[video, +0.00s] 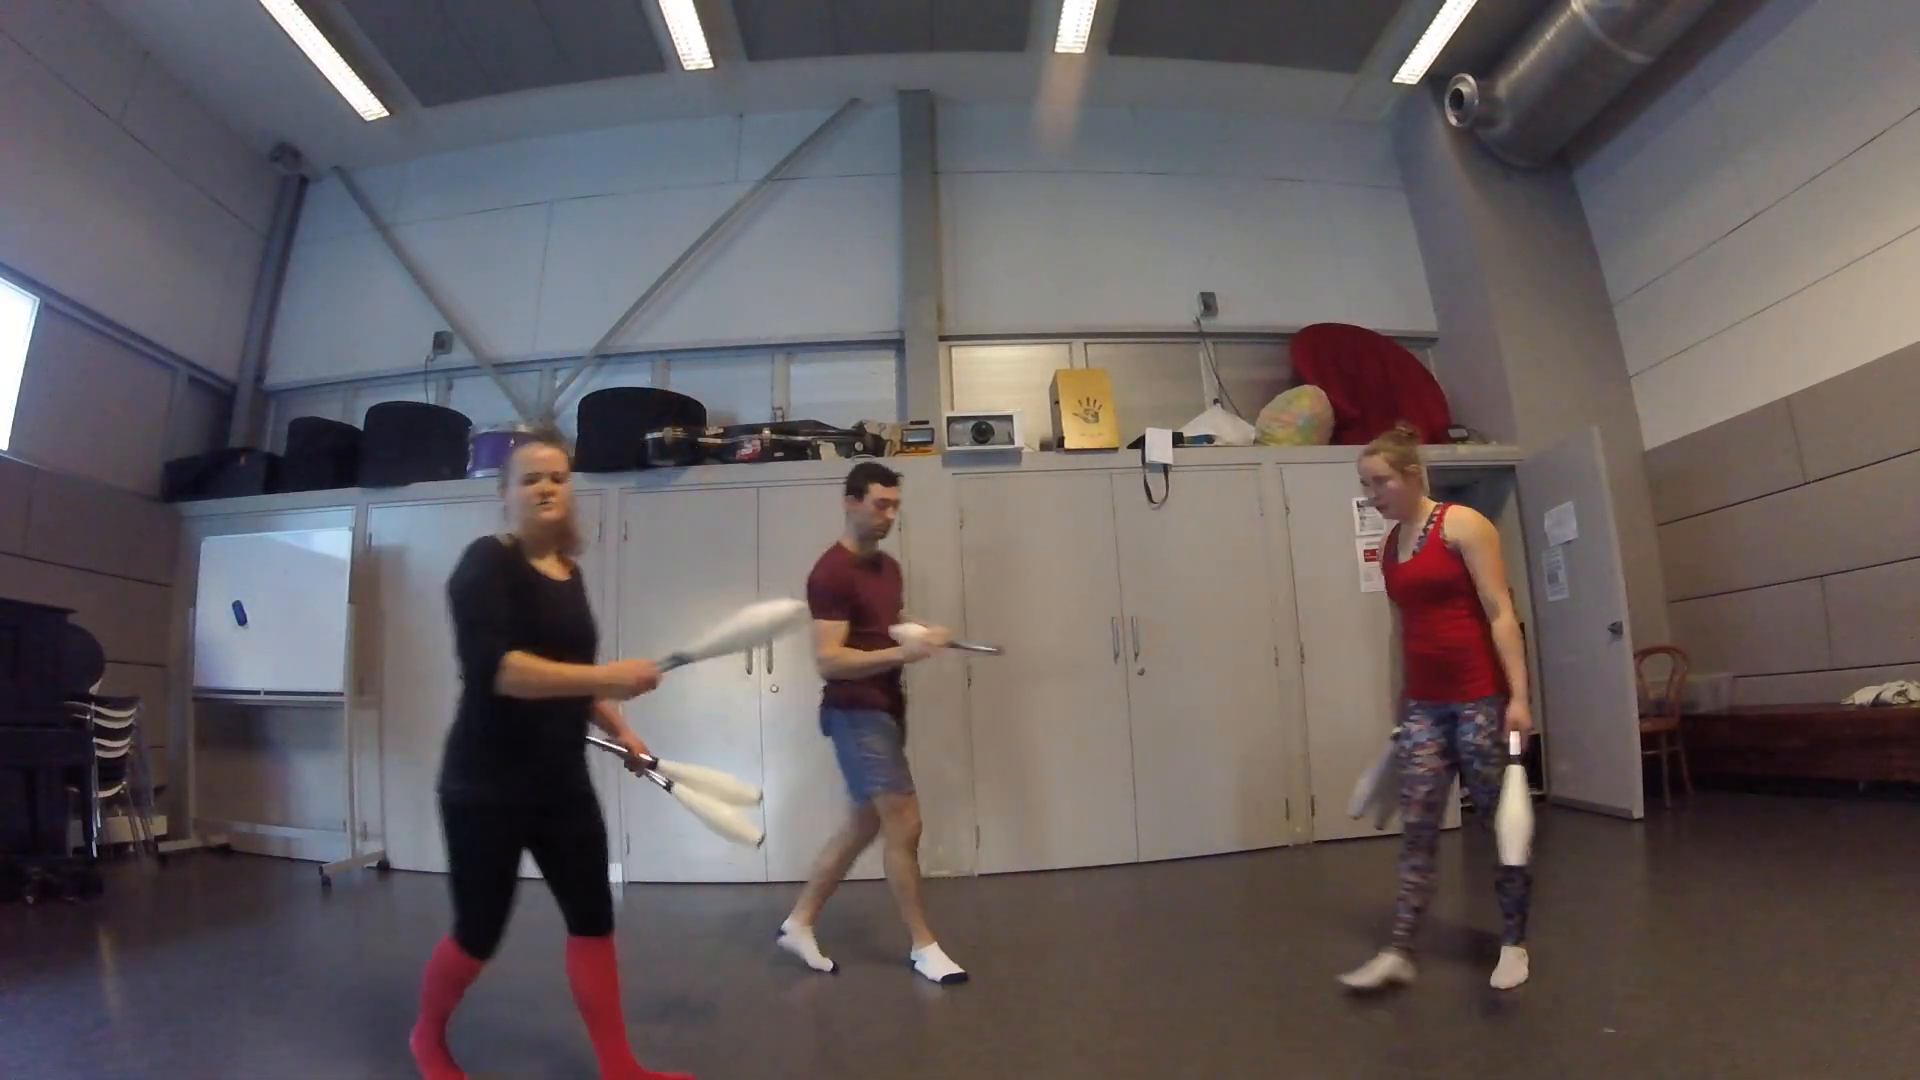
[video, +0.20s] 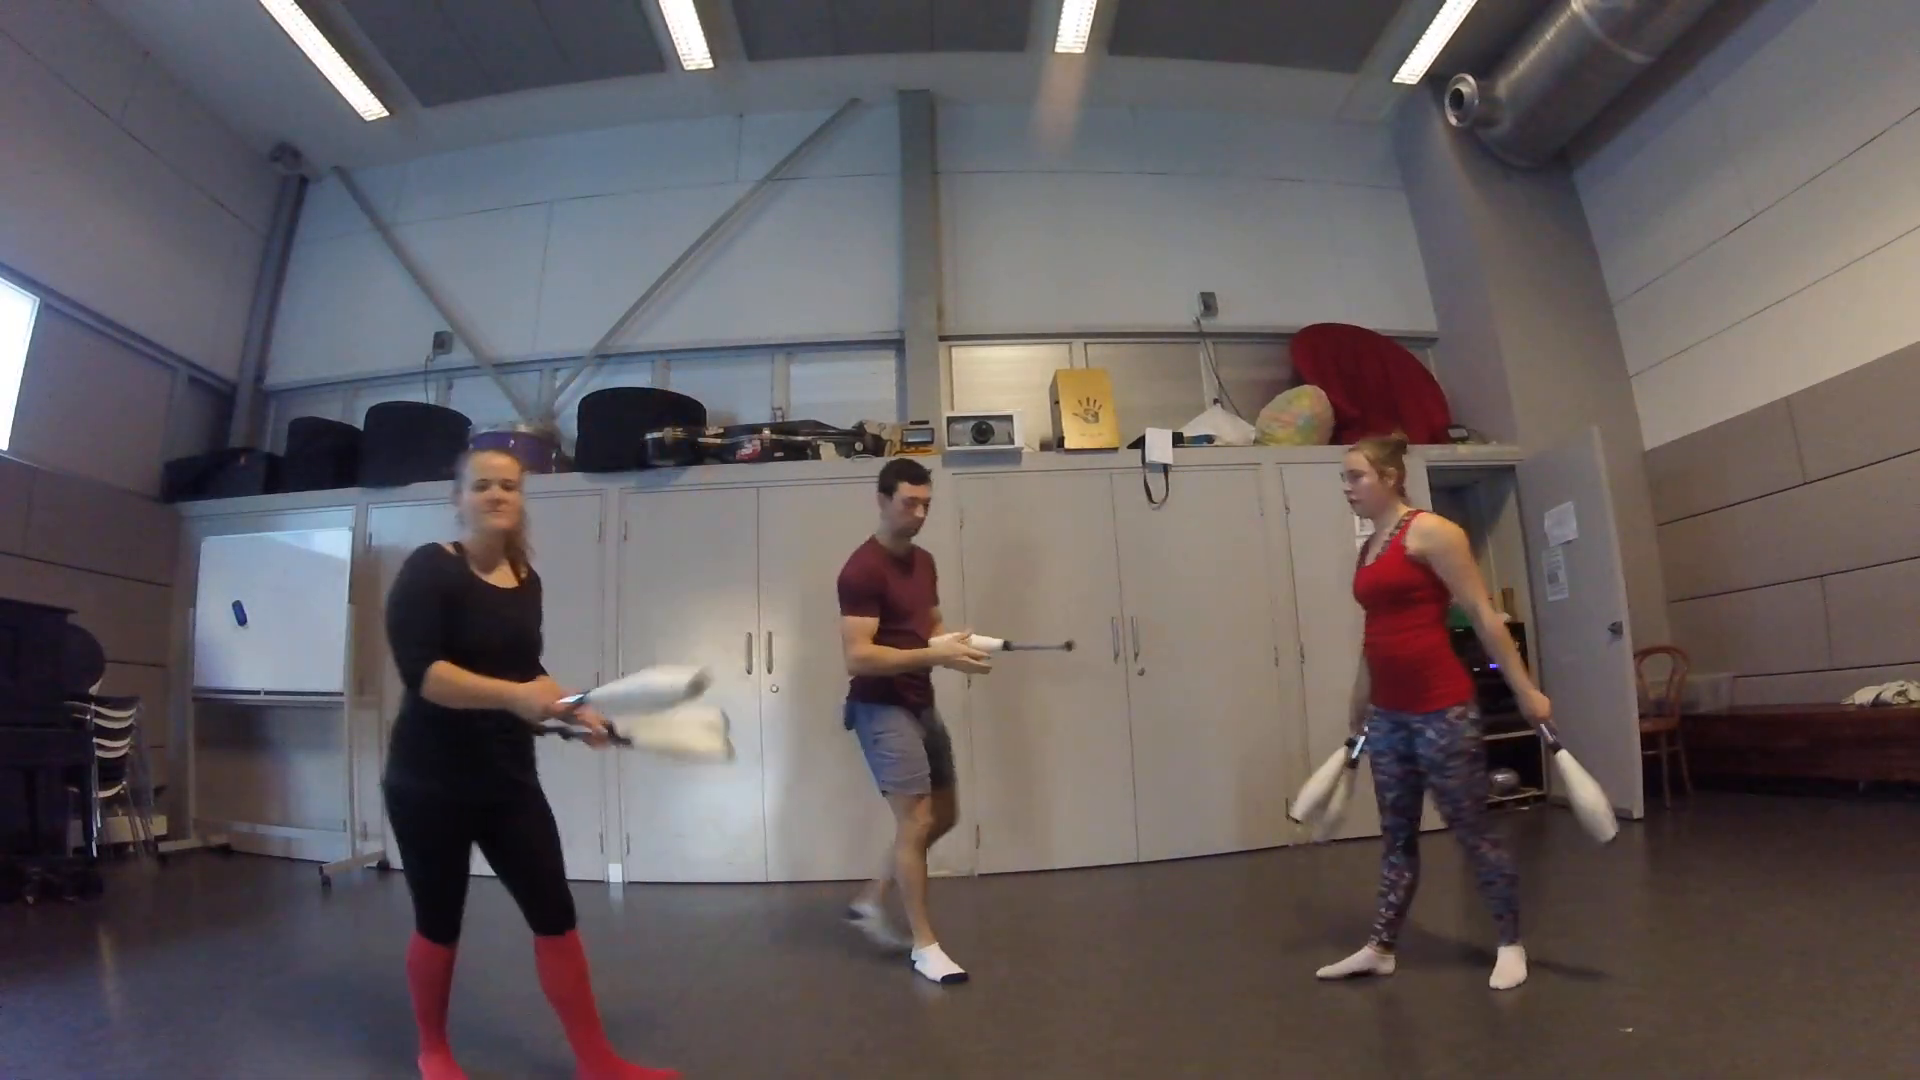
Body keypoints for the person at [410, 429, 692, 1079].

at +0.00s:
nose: (547, 489)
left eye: (557, 477)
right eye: (531, 480)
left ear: (571, 488)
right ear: (508, 494)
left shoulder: (567, 572)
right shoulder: (486, 564)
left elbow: (568, 671)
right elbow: (500, 672)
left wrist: (616, 728)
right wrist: (605, 678)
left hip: (559, 773)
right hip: (486, 777)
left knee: (592, 919)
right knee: (478, 931)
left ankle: (618, 1065)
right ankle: (426, 1040)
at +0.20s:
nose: (498, 495)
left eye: (509, 486)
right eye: (484, 485)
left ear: (524, 500)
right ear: (459, 498)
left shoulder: (525, 580)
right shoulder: (428, 569)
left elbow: (523, 676)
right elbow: (426, 676)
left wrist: (573, 713)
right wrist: (520, 696)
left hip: (505, 772)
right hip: (429, 776)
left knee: (554, 914)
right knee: (438, 922)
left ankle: (594, 1058)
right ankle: (433, 1053)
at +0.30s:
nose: (479, 492)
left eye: (490, 482)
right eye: (465, 482)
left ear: (505, 496)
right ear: (443, 495)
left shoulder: (513, 576)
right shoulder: (410, 565)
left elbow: (513, 663)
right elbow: (402, 669)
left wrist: (548, 690)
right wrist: (495, 697)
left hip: (493, 762)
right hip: (416, 766)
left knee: (541, 902)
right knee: (428, 913)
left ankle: (550, 1048)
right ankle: (433, 1052)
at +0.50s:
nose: (455, 496)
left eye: (465, 485)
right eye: (441, 486)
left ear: (481, 497)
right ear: (419, 499)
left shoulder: (498, 577)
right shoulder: (391, 566)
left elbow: (500, 662)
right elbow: (383, 666)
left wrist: (523, 675)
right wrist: (474, 679)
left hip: (478, 755)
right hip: (403, 759)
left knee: (509, 897)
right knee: (422, 907)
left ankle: (473, 978)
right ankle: (431, 1048)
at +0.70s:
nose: (423, 514)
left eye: (435, 504)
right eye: (416, 505)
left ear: (469, 512)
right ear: (409, 514)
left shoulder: (492, 585)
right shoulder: (388, 577)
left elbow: (511, 669)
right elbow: (364, 667)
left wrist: (518, 671)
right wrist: (430, 663)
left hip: (476, 757)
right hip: (406, 759)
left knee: (464, 887)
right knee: (427, 898)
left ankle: (445, 983)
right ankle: (430, 1047)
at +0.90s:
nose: (437, 522)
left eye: (449, 513)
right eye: (428, 513)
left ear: (473, 523)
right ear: (416, 522)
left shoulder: (489, 593)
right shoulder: (387, 585)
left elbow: (499, 673)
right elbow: (348, 666)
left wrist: (516, 677)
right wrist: (406, 673)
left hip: (471, 761)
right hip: (404, 763)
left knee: (454, 883)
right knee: (415, 892)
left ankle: (439, 987)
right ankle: (420, 1031)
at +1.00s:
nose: (452, 522)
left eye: (461, 513)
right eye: (440, 514)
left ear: (473, 523)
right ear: (418, 524)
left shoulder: (484, 592)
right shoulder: (382, 584)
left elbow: (494, 670)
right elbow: (346, 664)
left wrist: (507, 675)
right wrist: (402, 676)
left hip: (468, 760)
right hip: (401, 762)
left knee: (453, 881)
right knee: (410, 888)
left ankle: (439, 990)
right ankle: (403, 1025)